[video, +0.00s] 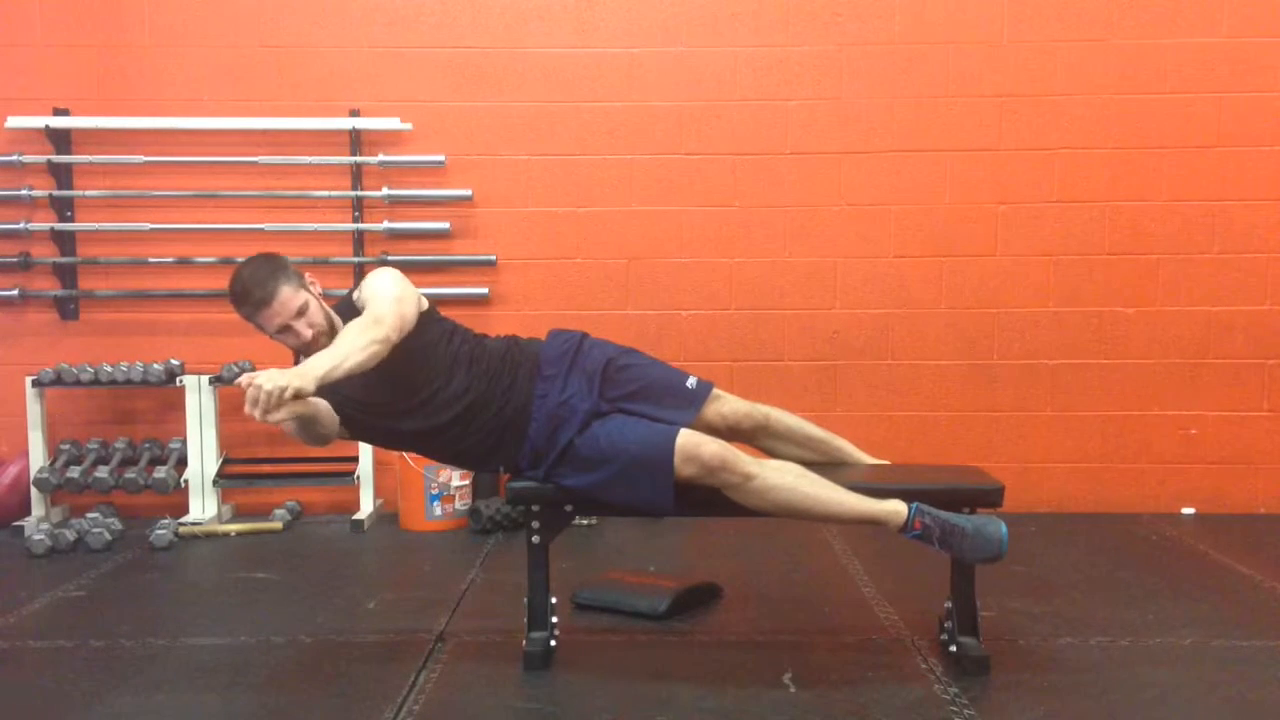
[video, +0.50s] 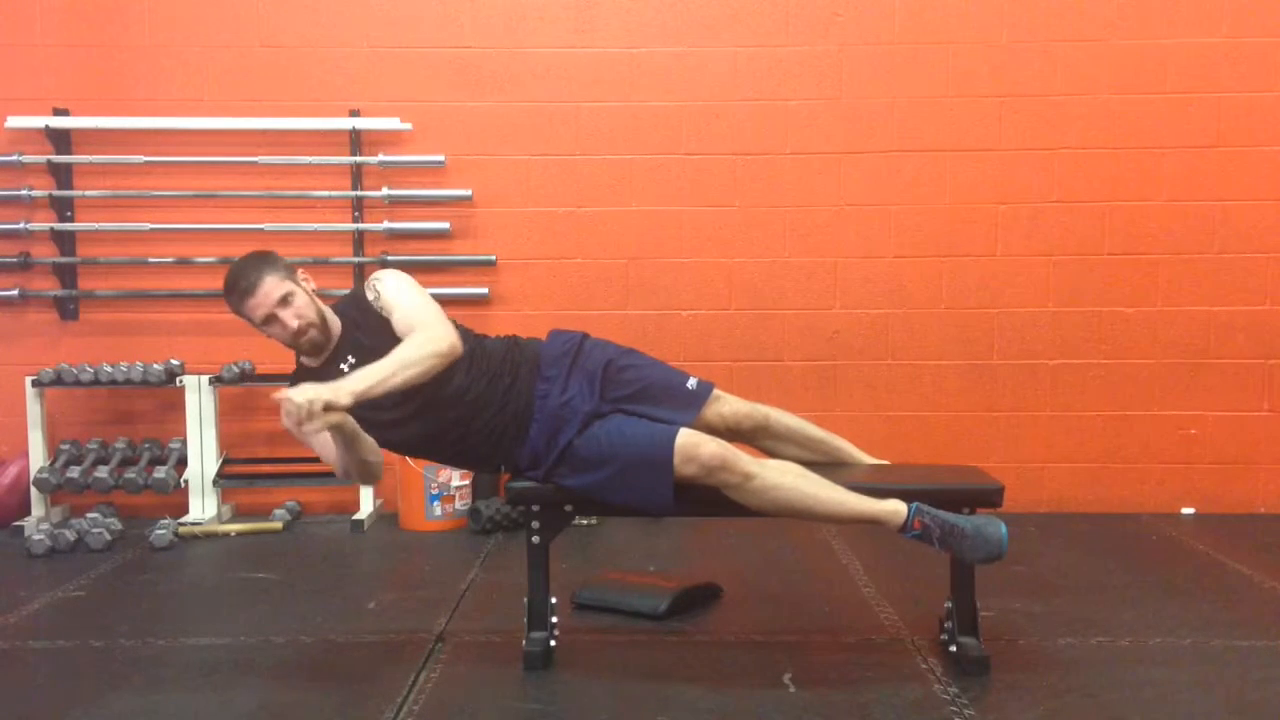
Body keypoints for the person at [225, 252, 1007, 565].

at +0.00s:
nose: (308, 318)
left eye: (304, 300)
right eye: (287, 324)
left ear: (316, 278)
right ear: (272, 335)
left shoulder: (376, 287)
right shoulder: (322, 395)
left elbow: (386, 328)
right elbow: (315, 421)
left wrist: (305, 374)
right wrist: (280, 406)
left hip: (567, 365)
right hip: (547, 447)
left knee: (735, 414)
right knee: (717, 463)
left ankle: (899, 484)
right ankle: (914, 521)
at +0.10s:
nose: (306, 318)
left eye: (302, 300)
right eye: (286, 322)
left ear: (315, 275)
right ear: (268, 334)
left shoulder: (376, 287)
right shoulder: (316, 391)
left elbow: (399, 331)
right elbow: (334, 439)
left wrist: (318, 377)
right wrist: (294, 408)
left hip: (567, 365)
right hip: (545, 447)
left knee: (734, 414)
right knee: (716, 463)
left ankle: (903, 489)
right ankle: (913, 521)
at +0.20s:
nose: (305, 318)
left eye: (301, 300)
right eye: (285, 321)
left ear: (314, 275)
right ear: (268, 335)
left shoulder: (379, 287)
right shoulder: (317, 394)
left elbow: (407, 344)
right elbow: (341, 446)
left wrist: (318, 380)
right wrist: (300, 413)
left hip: (567, 365)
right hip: (545, 447)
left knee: (734, 415)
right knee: (716, 464)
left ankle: (905, 489)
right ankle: (914, 522)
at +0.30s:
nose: (304, 318)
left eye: (299, 298)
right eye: (283, 320)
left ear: (313, 275)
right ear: (268, 334)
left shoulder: (379, 286)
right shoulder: (316, 394)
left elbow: (419, 350)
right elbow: (354, 457)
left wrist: (326, 384)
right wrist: (308, 410)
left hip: (566, 365)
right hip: (543, 446)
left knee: (733, 415)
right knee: (716, 464)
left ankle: (903, 489)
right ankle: (914, 522)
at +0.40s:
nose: (300, 316)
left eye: (295, 296)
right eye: (279, 319)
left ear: (311, 275)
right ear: (265, 335)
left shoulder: (378, 287)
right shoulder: (319, 395)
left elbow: (427, 352)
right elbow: (368, 477)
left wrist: (327, 392)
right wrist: (322, 418)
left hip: (566, 365)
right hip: (545, 448)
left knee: (735, 415)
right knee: (716, 464)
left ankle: (905, 489)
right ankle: (913, 522)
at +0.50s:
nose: (295, 317)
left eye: (292, 297)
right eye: (274, 319)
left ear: (309, 279)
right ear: (262, 337)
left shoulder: (376, 289)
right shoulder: (319, 400)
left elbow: (438, 344)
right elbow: (370, 481)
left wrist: (346, 394)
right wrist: (330, 429)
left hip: (566, 366)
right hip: (545, 449)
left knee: (737, 416)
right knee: (717, 464)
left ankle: (902, 487)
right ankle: (914, 522)